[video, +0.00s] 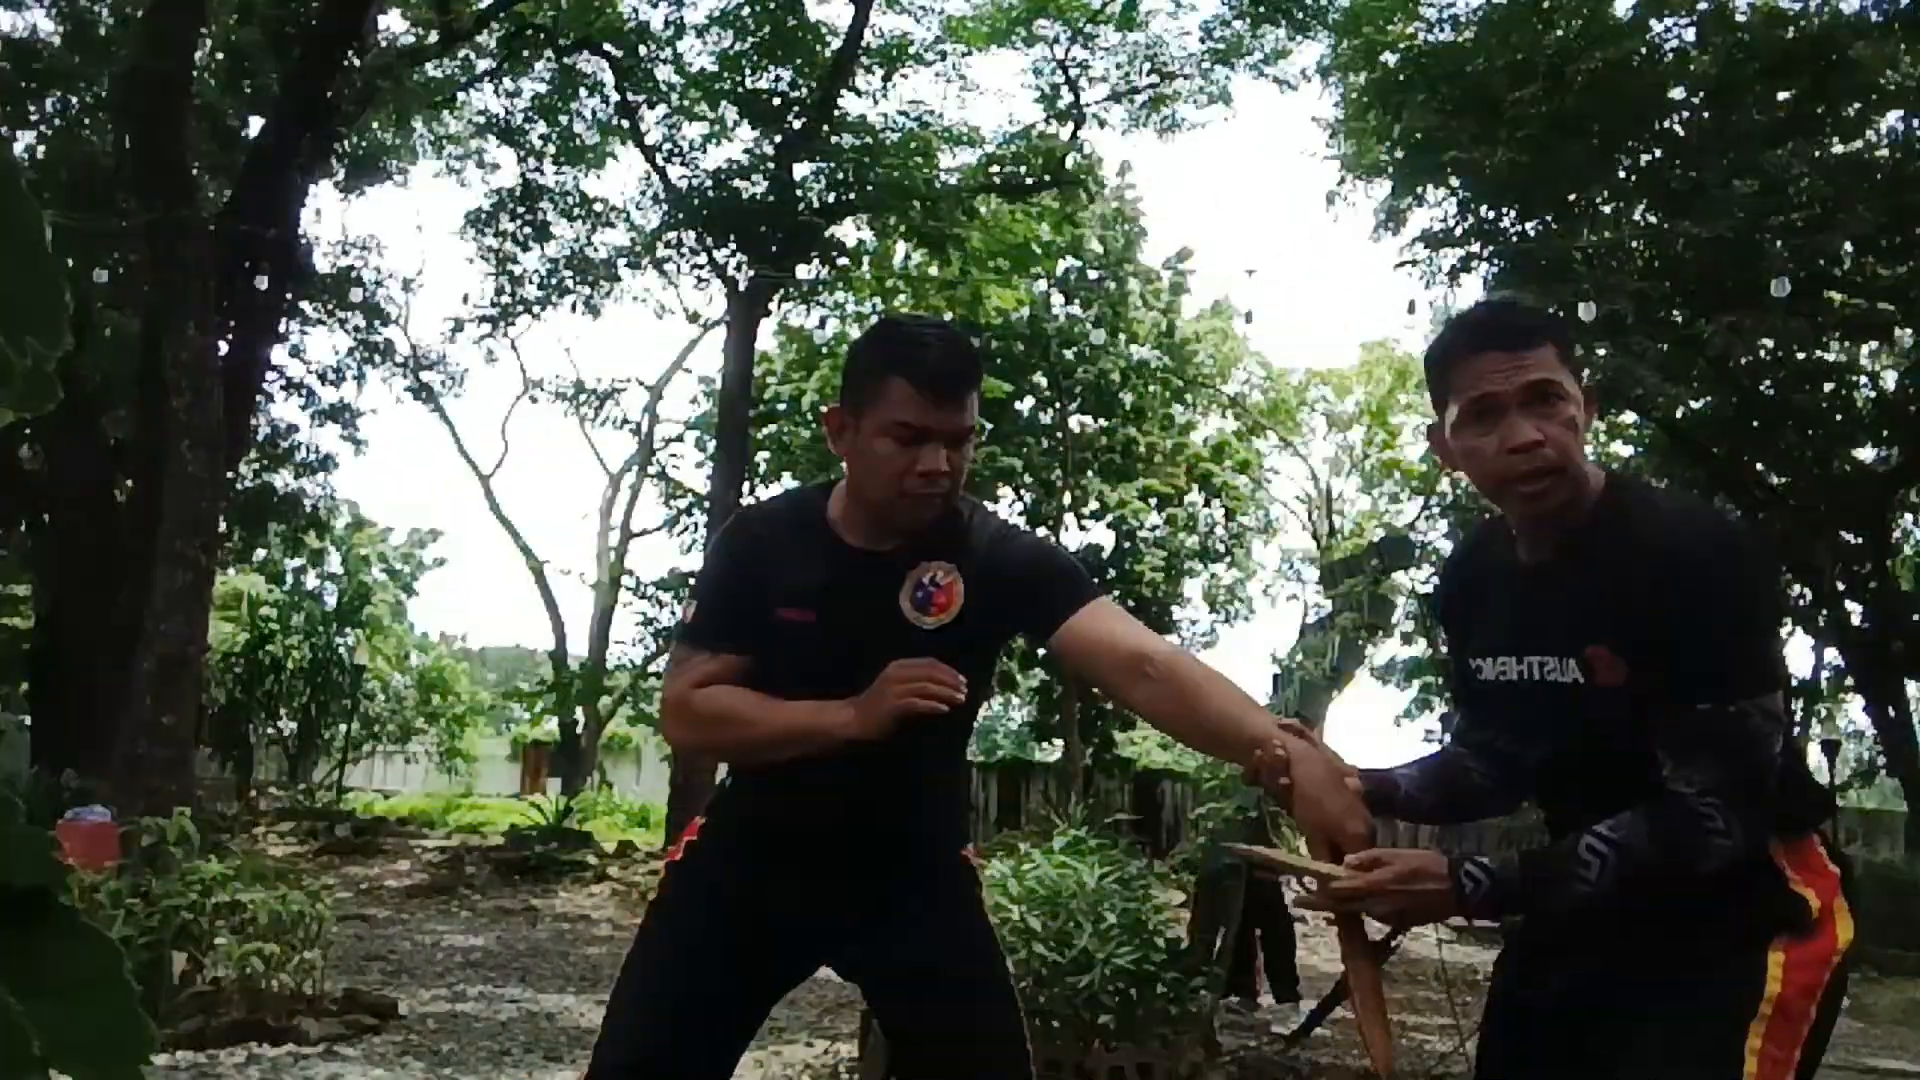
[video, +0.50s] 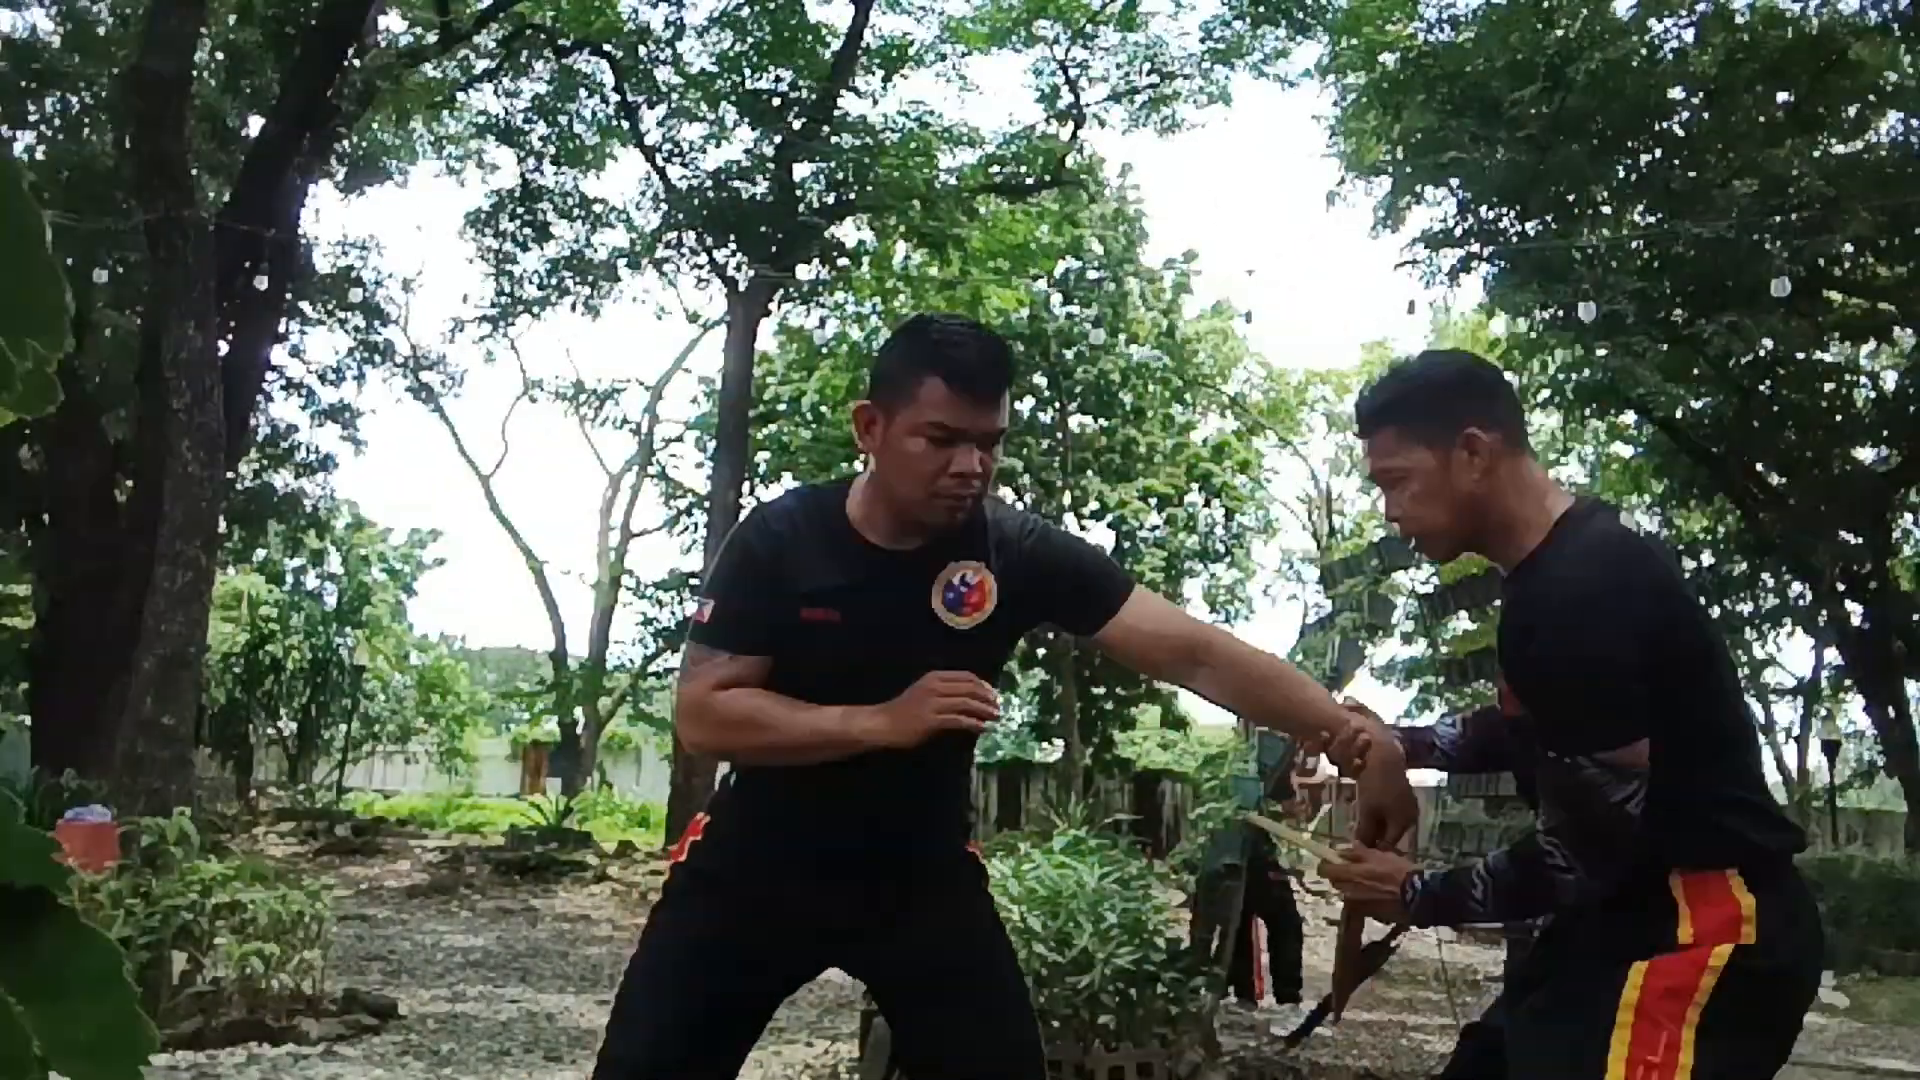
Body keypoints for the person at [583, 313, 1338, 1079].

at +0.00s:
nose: (938, 467)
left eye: (958, 444)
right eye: (910, 440)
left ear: (976, 438)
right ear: (841, 430)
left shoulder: (999, 563)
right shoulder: (755, 545)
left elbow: (1144, 666)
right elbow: (686, 716)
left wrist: (1291, 758)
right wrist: (848, 717)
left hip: (912, 881)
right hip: (750, 868)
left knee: (982, 1067)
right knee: (637, 1063)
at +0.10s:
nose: (939, 469)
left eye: (961, 445)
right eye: (912, 439)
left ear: (979, 441)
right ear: (843, 430)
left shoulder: (1001, 562)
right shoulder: (758, 542)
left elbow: (1149, 671)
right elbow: (688, 715)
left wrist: (1305, 767)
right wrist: (863, 714)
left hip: (913, 880)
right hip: (748, 867)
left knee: (987, 1068)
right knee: (633, 1065)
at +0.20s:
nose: (949, 468)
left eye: (967, 444)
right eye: (921, 441)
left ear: (985, 440)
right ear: (849, 430)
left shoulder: (1005, 564)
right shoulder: (758, 546)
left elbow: (1156, 670)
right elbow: (688, 716)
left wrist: (1305, 760)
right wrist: (855, 718)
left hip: (917, 883)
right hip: (746, 869)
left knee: (987, 1071)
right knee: (635, 1068)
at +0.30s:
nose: (958, 469)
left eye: (976, 446)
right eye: (932, 443)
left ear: (992, 442)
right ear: (858, 431)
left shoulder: (1008, 563)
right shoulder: (764, 544)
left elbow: (1169, 670)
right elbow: (692, 713)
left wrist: (1336, 767)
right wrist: (862, 721)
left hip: (921, 884)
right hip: (749, 870)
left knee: (990, 1067)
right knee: (638, 1065)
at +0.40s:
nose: (961, 470)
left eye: (980, 445)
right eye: (935, 442)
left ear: (997, 441)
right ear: (862, 429)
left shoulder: (1010, 562)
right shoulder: (766, 545)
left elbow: (1179, 667)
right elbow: (697, 718)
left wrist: (1343, 753)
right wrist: (869, 722)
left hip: (923, 885)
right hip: (751, 871)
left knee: (992, 1067)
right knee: (639, 1066)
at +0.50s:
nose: (972, 467)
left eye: (988, 443)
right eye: (945, 441)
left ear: (1004, 440)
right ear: (870, 429)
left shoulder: (1015, 555)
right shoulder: (774, 544)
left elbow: (1191, 651)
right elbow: (702, 718)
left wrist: (1358, 734)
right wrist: (880, 721)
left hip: (927, 885)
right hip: (752, 874)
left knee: (997, 1067)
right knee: (641, 1068)